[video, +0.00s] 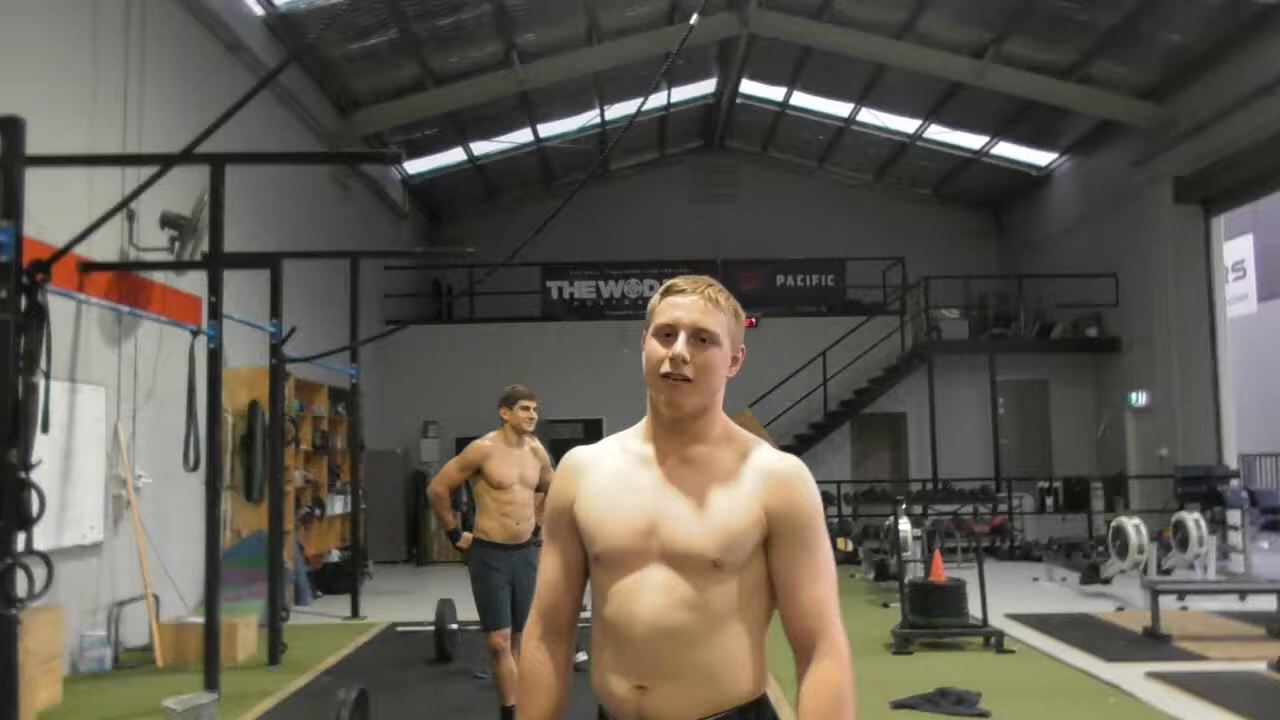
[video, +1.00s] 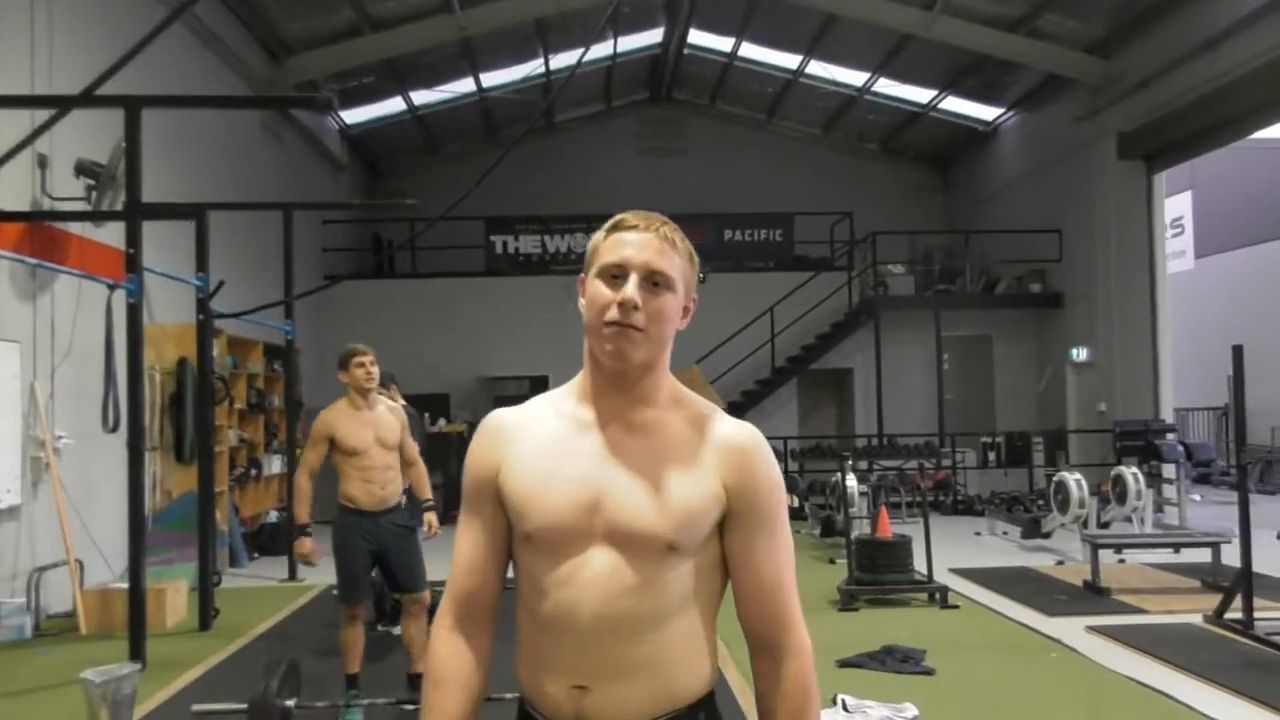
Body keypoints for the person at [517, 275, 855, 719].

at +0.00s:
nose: (678, 353)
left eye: (702, 339)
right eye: (666, 335)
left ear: (734, 361)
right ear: (644, 345)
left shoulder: (779, 480)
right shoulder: (582, 471)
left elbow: (821, 650)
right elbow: (547, 638)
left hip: (736, 710)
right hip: (616, 712)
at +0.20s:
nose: (671, 351)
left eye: (696, 336)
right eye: (659, 334)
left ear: (732, 356)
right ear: (640, 346)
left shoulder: (781, 478)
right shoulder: (585, 473)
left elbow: (827, 654)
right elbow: (551, 640)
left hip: (740, 711)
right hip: (617, 714)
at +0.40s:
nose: (644, 368)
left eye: (669, 353)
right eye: (631, 350)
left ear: (706, 373)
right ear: (612, 362)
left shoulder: (755, 500)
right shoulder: (553, 491)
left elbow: (790, 683)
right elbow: (520, 661)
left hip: (707, 709)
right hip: (583, 709)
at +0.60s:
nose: (652, 347)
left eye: (677, 333)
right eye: (637, 328)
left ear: (710, 354)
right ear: (614, 339)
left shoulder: (758, 484)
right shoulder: (545, 472)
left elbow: (793, 665)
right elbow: (507, 650)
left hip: (714, 711)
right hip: (581, 711)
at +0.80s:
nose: (649, 317)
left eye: (675, 304)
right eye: (634, 297)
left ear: (705, 329)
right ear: (606, 311)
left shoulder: (753, 462)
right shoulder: (531, 449)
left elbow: (789, 651)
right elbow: (489, 632)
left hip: (702, 711)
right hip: (565, 713)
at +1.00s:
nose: (628, 297)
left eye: (655, 284)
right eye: (612, 276)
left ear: (685, 312)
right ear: (582, 293)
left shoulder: (734, 452)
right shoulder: (504, 438)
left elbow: (779, 650)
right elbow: (461, 627)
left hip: (686, 711)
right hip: (541, 712)